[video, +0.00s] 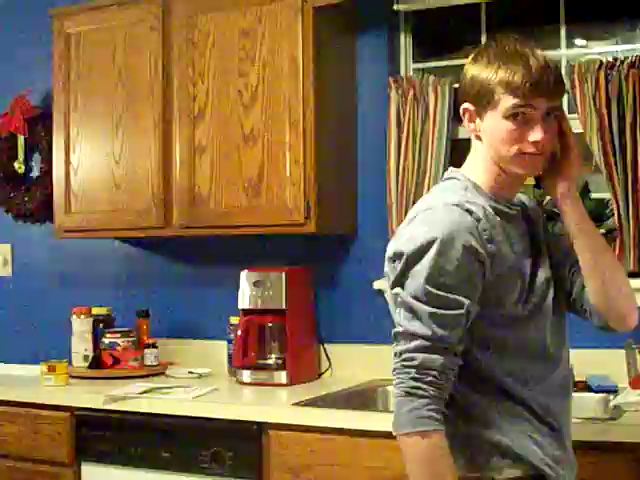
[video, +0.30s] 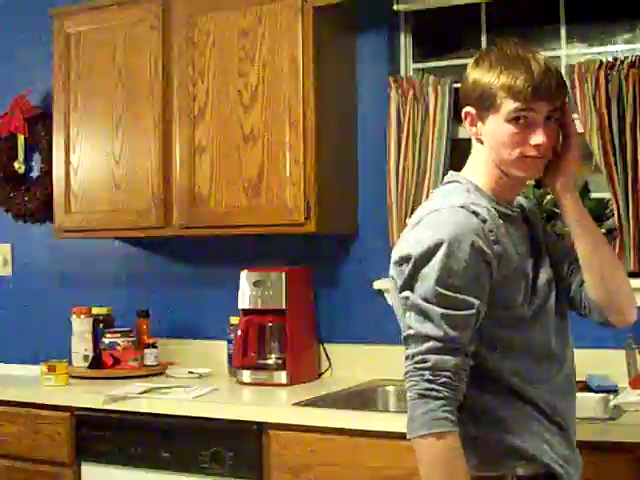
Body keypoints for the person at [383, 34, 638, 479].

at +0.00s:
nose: (540, 135)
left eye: (550, 117)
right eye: (520, 115)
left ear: (560, 124)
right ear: (472, 121)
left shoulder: (536, 217)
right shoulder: (446, 228)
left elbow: (621, 315)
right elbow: (415, 419)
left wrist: (567, 196)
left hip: (551, 458)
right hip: (493, 466)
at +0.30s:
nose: (541, 138)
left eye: (551, 121)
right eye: (521, 119)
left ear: (562, 128)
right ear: (474, 124)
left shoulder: (532, 217)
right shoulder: (452, 231)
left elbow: (619, 311)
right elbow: (431, 417)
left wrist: (566, 191)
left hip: (555, 460)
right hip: (499, 468)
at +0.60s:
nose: (555, 141)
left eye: (564, 123)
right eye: (535, 122)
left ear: (574, 128)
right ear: (487, 126)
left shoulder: (532, 223)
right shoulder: (468, 231)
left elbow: (618, 326)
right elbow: (439, 420)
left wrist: (575, 205)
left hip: (557, 461)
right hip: (510, 468)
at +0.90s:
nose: (577, 139)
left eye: (586, 121)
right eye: (557, 119)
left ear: (594, 124)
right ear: (509, 122)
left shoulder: (538, 223)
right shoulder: (480, 230)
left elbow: (586, 371)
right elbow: (450, 417)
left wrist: (597, 272)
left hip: (562, 460)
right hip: (520, 467)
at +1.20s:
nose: (582, 120)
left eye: (594, 103)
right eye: (561, 103)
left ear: (605, 113)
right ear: (520, 116)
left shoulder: (565, 226)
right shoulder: (488, 228)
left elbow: (561, 382)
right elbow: (492, 410)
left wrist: (583, 469)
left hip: (564, 460)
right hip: (510, 466)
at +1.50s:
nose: (601, 113)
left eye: (608, 98)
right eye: (580, 96)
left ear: (615, 108)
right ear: (530, 108)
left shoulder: (562, 224)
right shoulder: (496, 222)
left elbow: (575, 386)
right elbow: (497, 411)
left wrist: (588, 473)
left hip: (564, 464)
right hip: (515, 468)